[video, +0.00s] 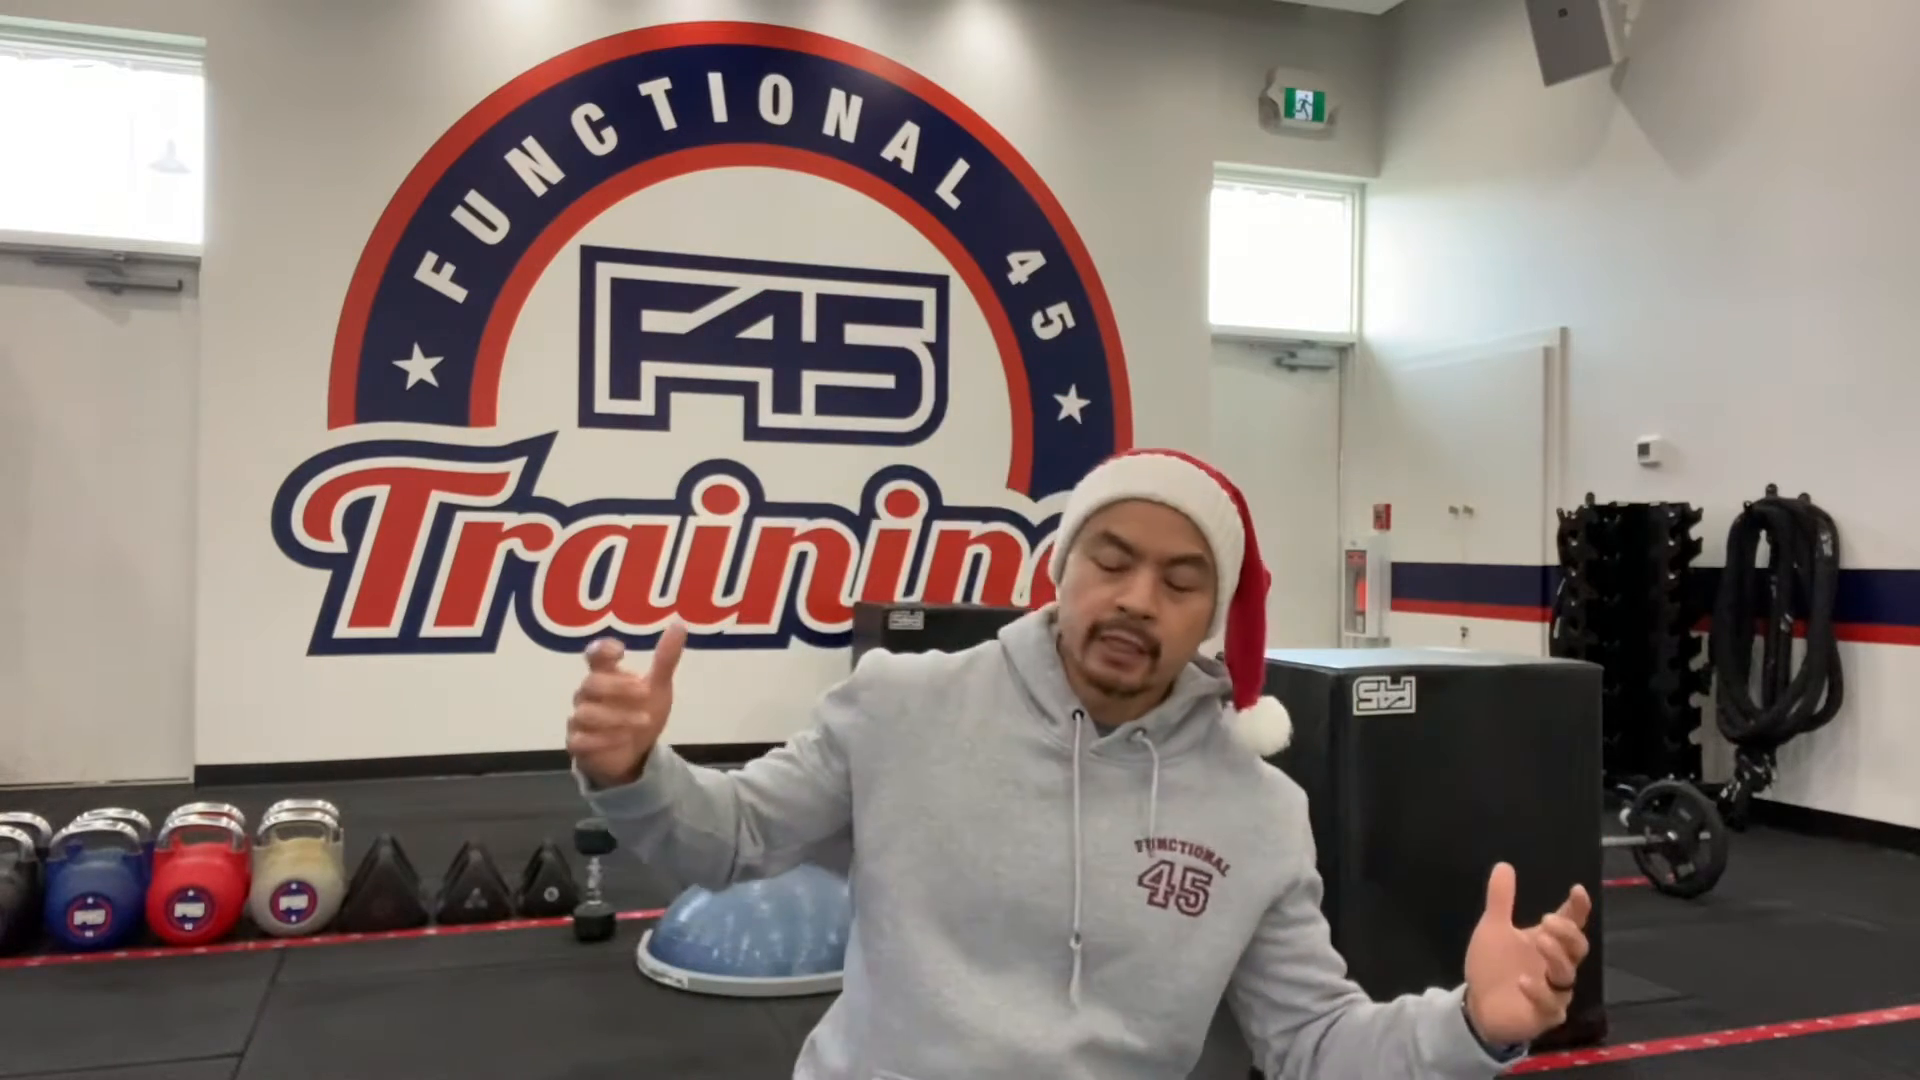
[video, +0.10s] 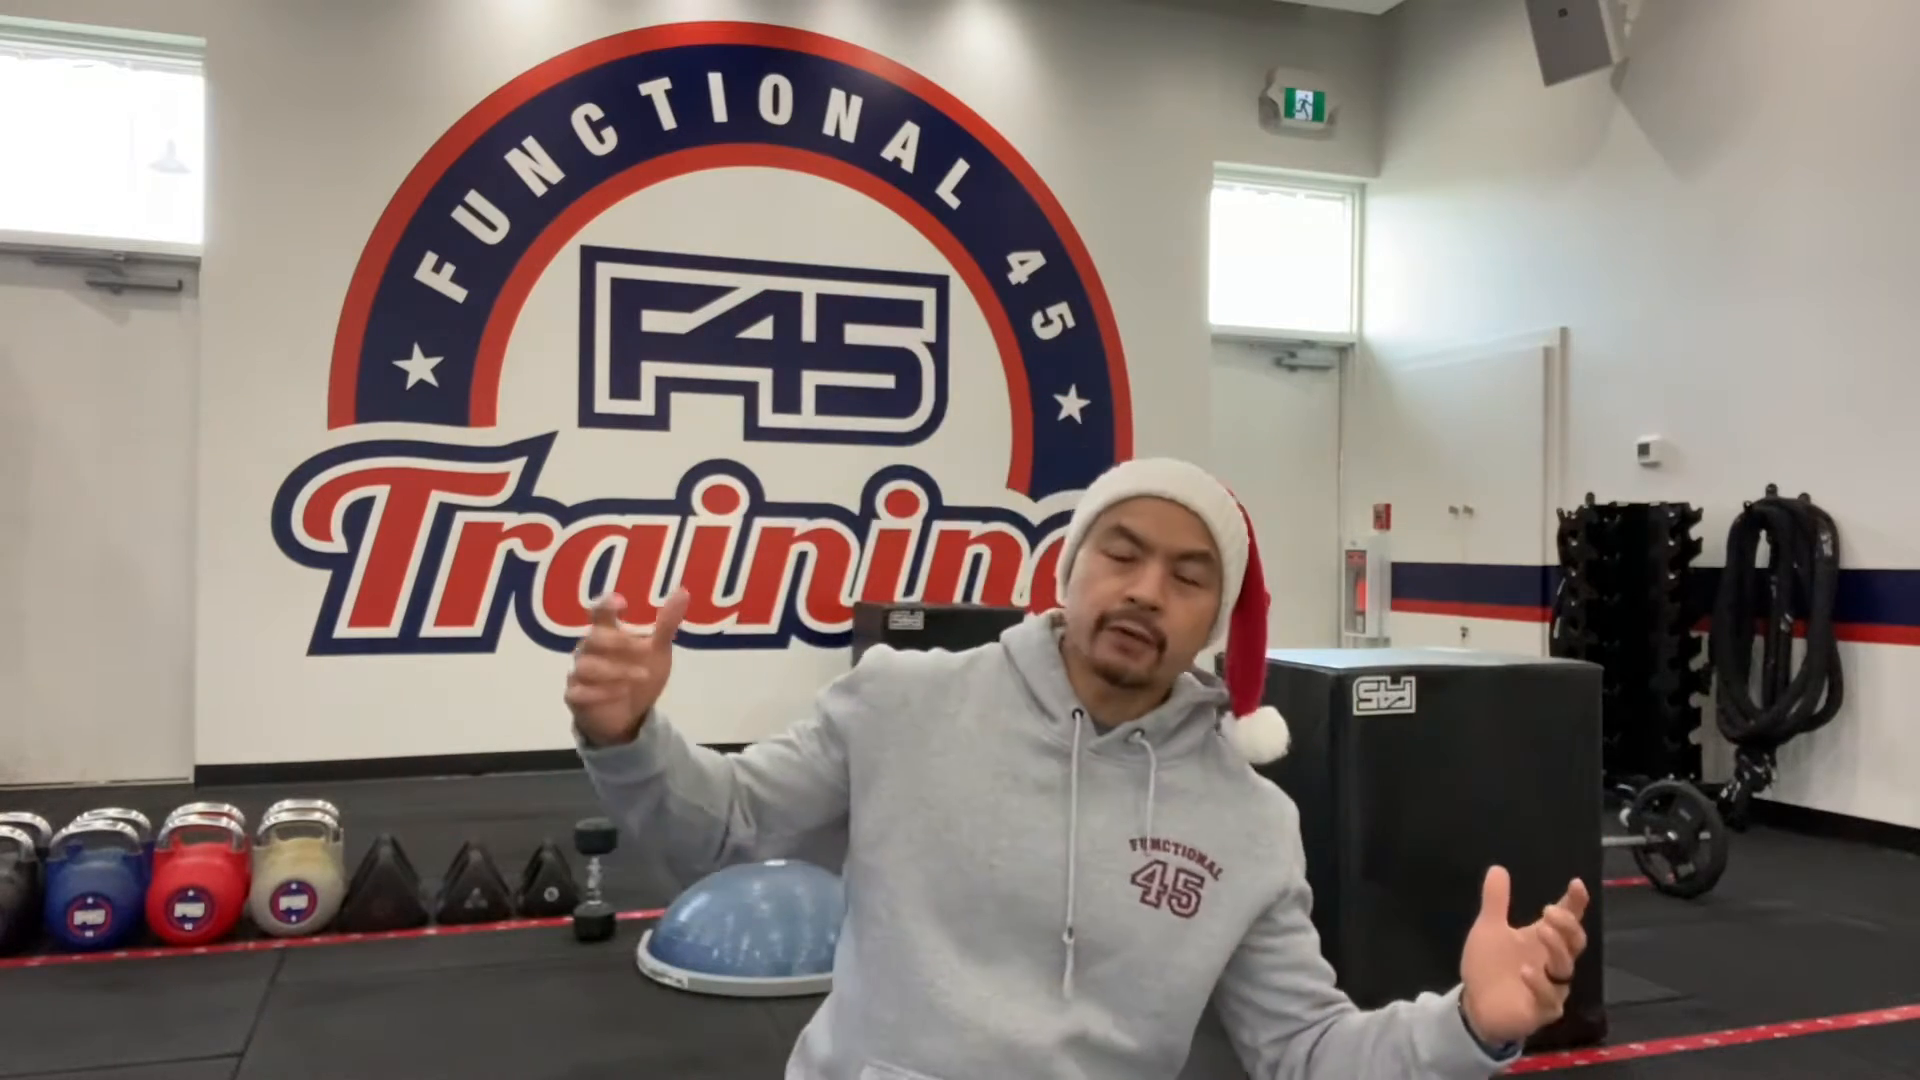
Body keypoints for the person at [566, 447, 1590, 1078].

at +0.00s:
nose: (1137, 606)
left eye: (1179, 582)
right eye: (1113, 563)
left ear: (1217, 618)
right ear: (1056, 571)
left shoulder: (1259, 816)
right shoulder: (891, 713)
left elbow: (1311, 1039)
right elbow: (725, 836)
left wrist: (1469, 1018)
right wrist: (634, 777)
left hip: (1106, 1074)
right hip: (870, 1066)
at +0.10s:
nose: (1144, 593)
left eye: (1185, 575)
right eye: (1121, 554)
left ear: (1220, 619)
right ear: (1065, 572)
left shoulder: (1252, 828)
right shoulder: (895, 704)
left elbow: (1301, 1046)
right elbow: (713, 825)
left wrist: (1467, 1023)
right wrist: (631, 742)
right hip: (858, 1069)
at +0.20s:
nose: (1144, 585)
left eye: (1183, 572)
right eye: (1122, 549)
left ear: (1215, 620)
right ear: (1065, 570)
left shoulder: (1243, 833)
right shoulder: (887, 705)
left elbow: (1286, 1053)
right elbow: (704, 821)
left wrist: (1462, 1017)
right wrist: (614, 709)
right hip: (851, 1067)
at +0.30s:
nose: (1131, 580)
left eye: (1168, 567)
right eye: (1108, 546)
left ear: (1197, 618)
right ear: (1048, 572)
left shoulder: (1227, 833)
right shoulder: (876, 704)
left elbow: (1271, 1052)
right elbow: (692, 822)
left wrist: (1446, 1007)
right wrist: (600, 700)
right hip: (843, 1066)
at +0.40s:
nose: (1102, 571)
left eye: (1138, 557)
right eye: (1079, 540)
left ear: (1169, 608)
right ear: (1026, 562)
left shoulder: (1207, 824)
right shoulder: (856, 707)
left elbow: (1257, 1046)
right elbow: (677, 828)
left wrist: (1427, 987)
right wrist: (582, 700)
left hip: (1055, 1073)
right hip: (838, 1062)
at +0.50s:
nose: (1068, 562)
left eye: (1104, 547)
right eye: (1044, 533)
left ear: (1138, 598)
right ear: (990, 559)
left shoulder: (1185, 803)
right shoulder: (834, 711)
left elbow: (1247, 1039)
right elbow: (646, 842)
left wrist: (1401, 962)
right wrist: (567, 719)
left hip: (1049, 1079)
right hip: (830, 1073)